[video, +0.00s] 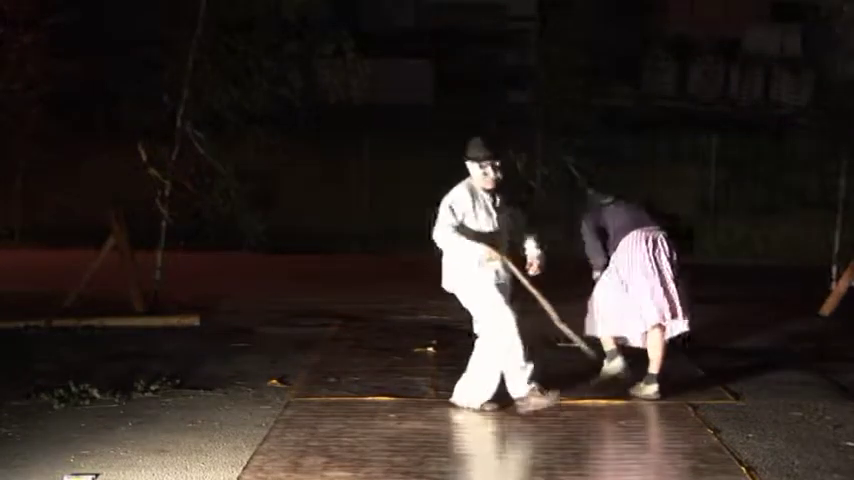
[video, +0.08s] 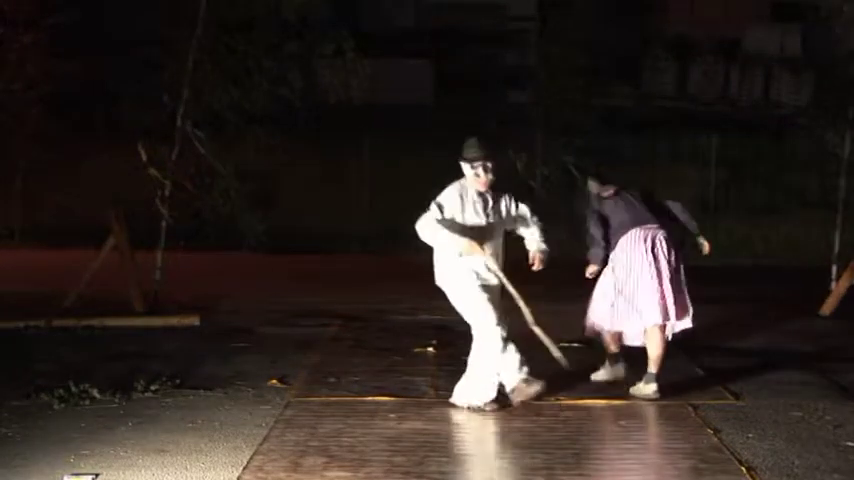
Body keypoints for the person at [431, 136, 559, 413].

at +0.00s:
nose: (491, 175)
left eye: (496, 167)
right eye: (484, 169)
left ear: (502, 168)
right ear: (470, 169)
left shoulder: (503, 197)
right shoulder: (458, 198)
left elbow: (521, 226)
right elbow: (442, 234)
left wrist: (532, 249)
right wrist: (480, 251)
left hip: (499, 273)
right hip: (467, 276)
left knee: (493, 331)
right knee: (503, 322)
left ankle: (469, 395)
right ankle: (525, 391)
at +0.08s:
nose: (484, 177)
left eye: (488, 170)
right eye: (477, 172)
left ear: (494, 169)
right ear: (466, 170)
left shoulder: (501, 201)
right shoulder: (454, 195)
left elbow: (527, 221)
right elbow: (425, 226)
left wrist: (536, 247)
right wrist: (461, 244)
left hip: (490, 274)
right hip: (457, 274)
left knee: (491, 329)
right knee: (487, 323)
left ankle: (472, 393)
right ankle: (517, 382)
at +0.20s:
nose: (468, 168)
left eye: (473, 162)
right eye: (461, 163)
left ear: (481, 162)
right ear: (453, 162)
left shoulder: (496, 188)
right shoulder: (441, 186)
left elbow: (529, 203)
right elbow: (403, 206)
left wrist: (543, 233)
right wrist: (433, 237)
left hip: (479, 268)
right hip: (445, 265)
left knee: (479, 323)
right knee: (461, 316)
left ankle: (467, 391)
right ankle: (479, 374)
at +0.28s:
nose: (460, 164)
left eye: (465, 158)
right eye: (453, 159)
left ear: (473, 157)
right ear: (444, 157)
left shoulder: (490, 182)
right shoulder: (429, 181)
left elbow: (523, 195)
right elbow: (389, 199)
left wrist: (538, 230)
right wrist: (410, 230)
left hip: (473, 267)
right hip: (439, 264)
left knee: (466, 328)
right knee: (442, 321)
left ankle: (468, 390)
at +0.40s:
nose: (449, 169)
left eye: (455, 163)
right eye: (443, 163)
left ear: (463, 163)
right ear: (433, 162)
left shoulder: (480, 190)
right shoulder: (415, 190)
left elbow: (513, 207)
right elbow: (372, 206)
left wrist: (520, 242)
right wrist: (385, 238)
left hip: (465, 277)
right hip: (426, 276)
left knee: (462, 336)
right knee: (416, 331)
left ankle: (458, 396)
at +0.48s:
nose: (447, 177)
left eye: (452, 171)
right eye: (440, 171)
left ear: (458, 172)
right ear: (427, 169)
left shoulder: (468, 202)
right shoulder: (407, 199)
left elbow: (501, 222)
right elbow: (368, 219)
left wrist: (509, 258)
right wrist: (373, 250)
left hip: (457, 289)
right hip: (415, 288)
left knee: (461, 345)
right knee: (401, 342)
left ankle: (460, 396)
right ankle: (371, 400)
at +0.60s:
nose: (442, 178)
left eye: (445, 172)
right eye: (436, 172)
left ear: (449, 176)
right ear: (421, 172)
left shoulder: (457, 210)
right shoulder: (397, 205)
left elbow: (482, 245)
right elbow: (370, 231)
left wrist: (476, 282)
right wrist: (364, 260)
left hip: (444, 291)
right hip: (403, 290)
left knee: (460, 345)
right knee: (385, 345)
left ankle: (463, 398)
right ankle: (367, 400)